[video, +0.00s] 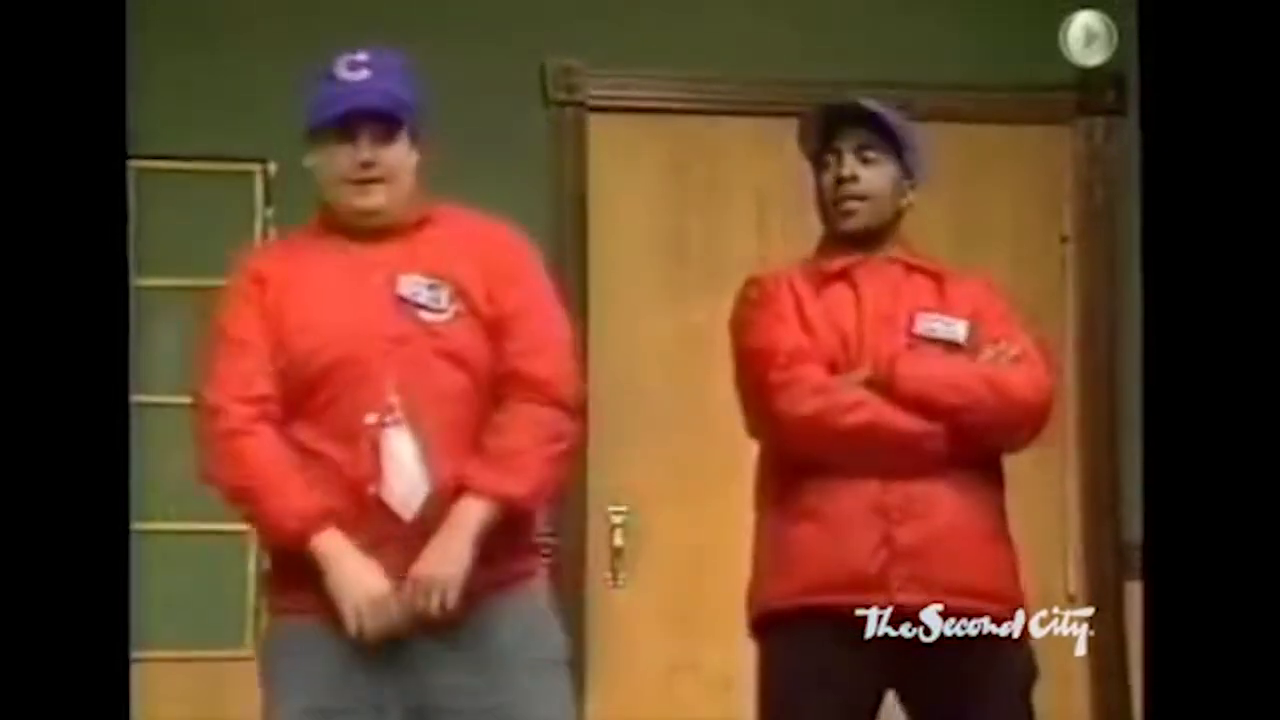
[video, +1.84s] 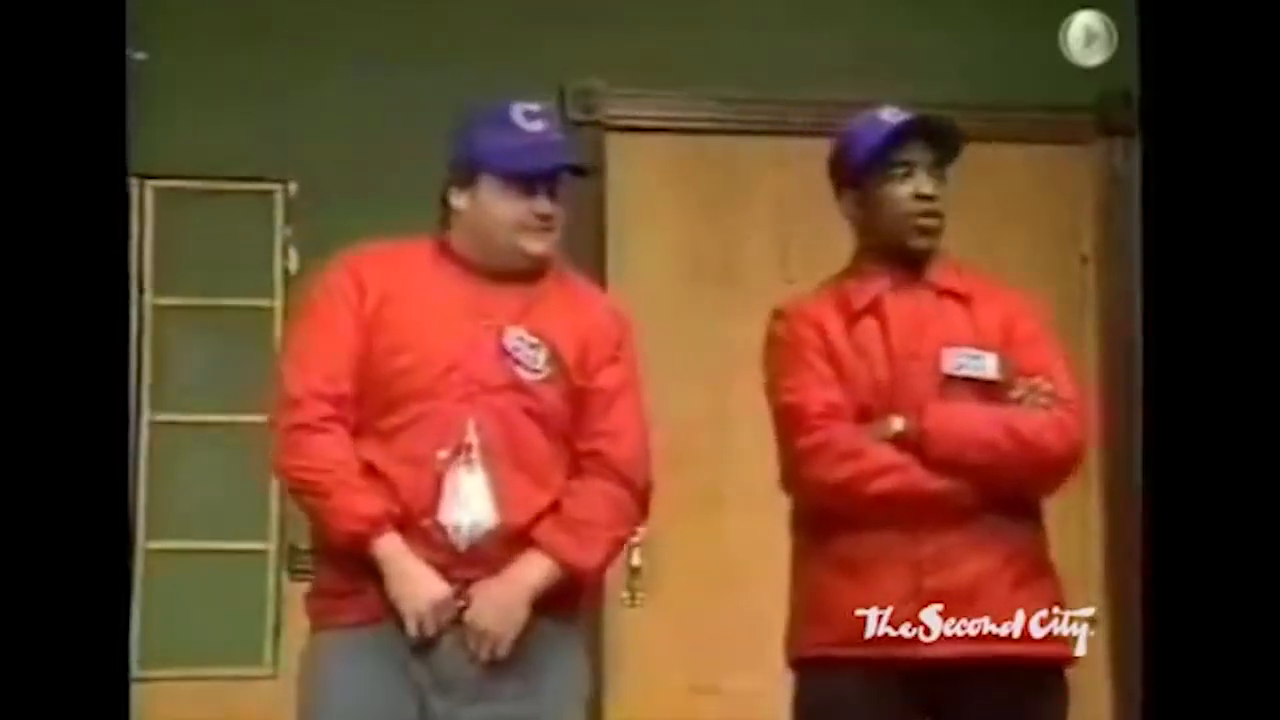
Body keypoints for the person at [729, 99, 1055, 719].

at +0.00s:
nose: (845, 171)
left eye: (868, 155)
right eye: (831, 159)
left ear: (907, 186)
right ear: (817, 185)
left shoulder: (969, 295)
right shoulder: (775, 294)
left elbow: (1025, 400)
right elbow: (791, 412)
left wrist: (883, 378)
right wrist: (957, 431)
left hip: (966, 607)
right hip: (816, 607)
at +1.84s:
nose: (928, 190)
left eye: (936, 173)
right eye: (901, 174)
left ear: (949, 188)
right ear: (852, 199)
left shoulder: (1006, 310)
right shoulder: (807, 321)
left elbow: (1057, 442)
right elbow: (820, 470)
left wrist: (909, 430)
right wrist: (994, 468)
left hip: (1003, 640)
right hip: (857, 645)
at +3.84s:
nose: (877, 194)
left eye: (901, 179)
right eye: (863, 177)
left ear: (933, 204)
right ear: (842, 197)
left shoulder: (990, 321)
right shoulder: (788, 317)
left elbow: (1035, 458)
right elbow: (796, 457)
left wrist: (905, 411)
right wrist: (968, 470)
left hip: (974, 648)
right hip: (823, 646)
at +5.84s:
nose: (870, 194)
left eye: (885, 176)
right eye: (848, 181)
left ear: (909, 190)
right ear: (821, 200)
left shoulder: (969, 299)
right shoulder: (780, 308)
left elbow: (1018, 423)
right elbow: (792, 444)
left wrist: (874, 412)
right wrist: (954, 465)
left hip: (965, 637)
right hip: (816, 642)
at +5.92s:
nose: (874, 193)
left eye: (888, 175)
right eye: (852, 179)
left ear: (909, 188)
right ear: (820, 199)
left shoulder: (971, 301)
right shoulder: (778, 310)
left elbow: (1023, 435)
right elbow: (791, 453)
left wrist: (880, 419)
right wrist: (963, 467)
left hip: (966, 641)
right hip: (817, 645)